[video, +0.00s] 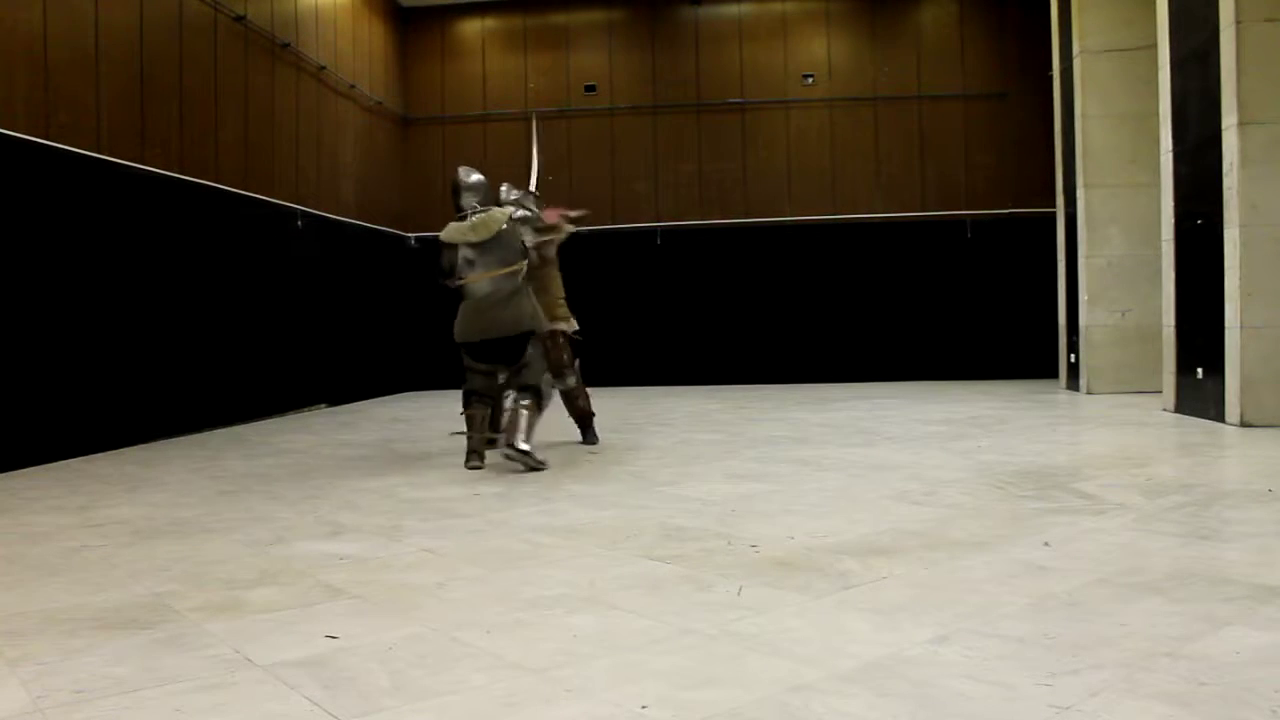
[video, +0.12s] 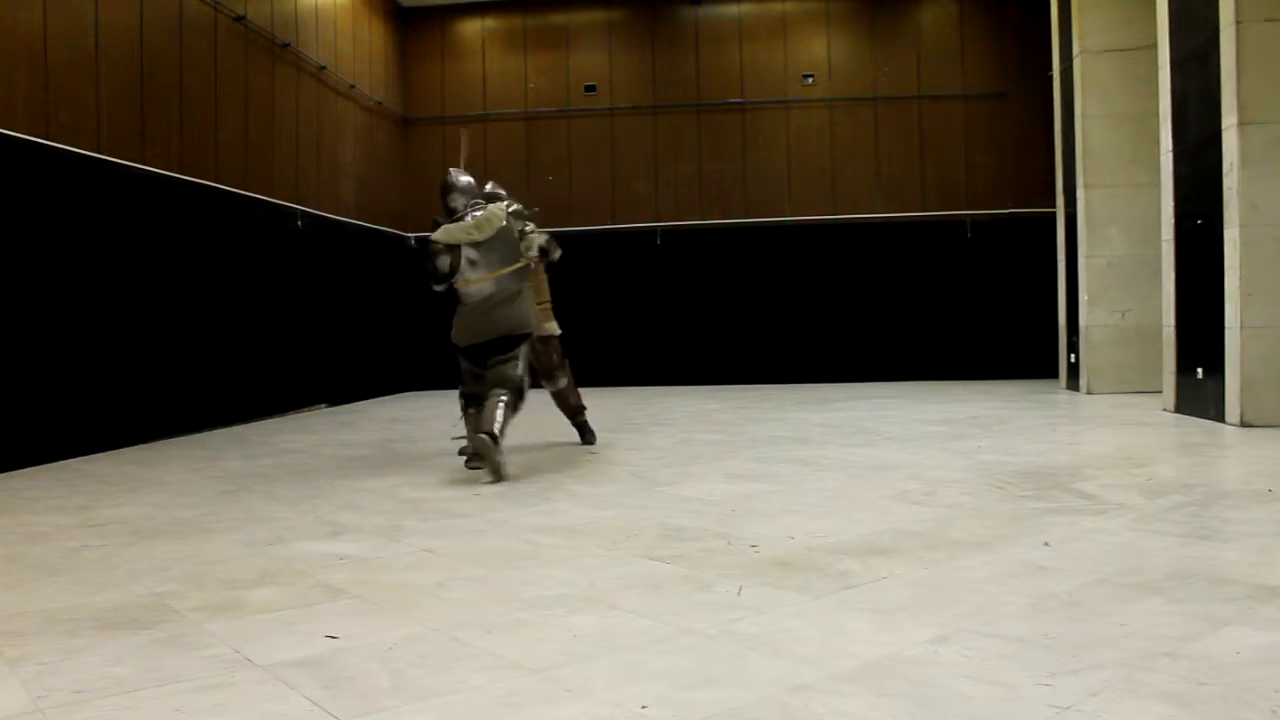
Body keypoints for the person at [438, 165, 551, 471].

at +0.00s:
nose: (467, 199)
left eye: (463, 194)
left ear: (458, 198)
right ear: (487, 194)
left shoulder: (452, 235)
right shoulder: (509, 220)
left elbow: (447, 276)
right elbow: (538, 220)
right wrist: (520, 202)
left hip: (474, 324)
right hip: (515, 322)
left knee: (478, 381)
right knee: (529, 375)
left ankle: (474, 451)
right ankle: (519, 439)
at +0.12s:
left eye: (451, 203)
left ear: (448, 206)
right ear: (479, 195)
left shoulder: (444, 238)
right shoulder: (508, 219)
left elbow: (440, 280)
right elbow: (546, 249)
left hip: (472, 325)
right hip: (513, 319)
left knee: (473, 386)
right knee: (506, 384)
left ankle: (476, 447)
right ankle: (491, 435)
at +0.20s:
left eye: (446, 199)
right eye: (479, 186)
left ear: (445, 202)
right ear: (479, 192)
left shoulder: (440, 238)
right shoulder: (507, 220)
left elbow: (434, 277)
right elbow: (520, 256)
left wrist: (422, 242)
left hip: (467, 324)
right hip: (510, 319)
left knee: (467, 387)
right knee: (499, 387)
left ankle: (472, 447)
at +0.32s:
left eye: (453, 189)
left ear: (450, 194)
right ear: (485, 191)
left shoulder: (438, 230)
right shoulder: (507, 226)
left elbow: (420, 252)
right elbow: (525, 256)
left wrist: (410, 209)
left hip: (449, 327)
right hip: (493, 325)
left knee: (455, 390)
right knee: (478, 397)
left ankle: (463, 454)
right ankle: (461, 469)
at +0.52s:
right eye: (481, 177)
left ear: (445, 179)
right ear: (481, 180)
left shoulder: (422, 209)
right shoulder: (488, 220)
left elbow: (407, 200)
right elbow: (503, 260)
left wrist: (426, 187)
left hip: (419, 312)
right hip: (463, 315)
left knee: (427, 386)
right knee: (466, 391)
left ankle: (408, 446)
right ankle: (459, 468)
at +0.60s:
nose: (481, 184)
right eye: (478, 178)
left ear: (440, 177)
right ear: (472, 180)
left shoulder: (414, 207)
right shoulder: (474, 222)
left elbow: (407, 237)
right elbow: (495, 267)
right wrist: (494, 234)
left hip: (404, 311)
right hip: (449, 316)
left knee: (409, 384)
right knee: (459, 390)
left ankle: (386, 438)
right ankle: (459, 469)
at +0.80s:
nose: (447, 195)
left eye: (444, 188)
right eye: (443, 188)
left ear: (401, 186)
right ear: (435, 189)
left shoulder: (379, 222)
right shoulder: (439, 227)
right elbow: (481, 267)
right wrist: (484, 229)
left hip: (379, 328)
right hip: (429, 328)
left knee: (374, 407)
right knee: (459, 397)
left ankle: (360, 488)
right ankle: (460, 471)